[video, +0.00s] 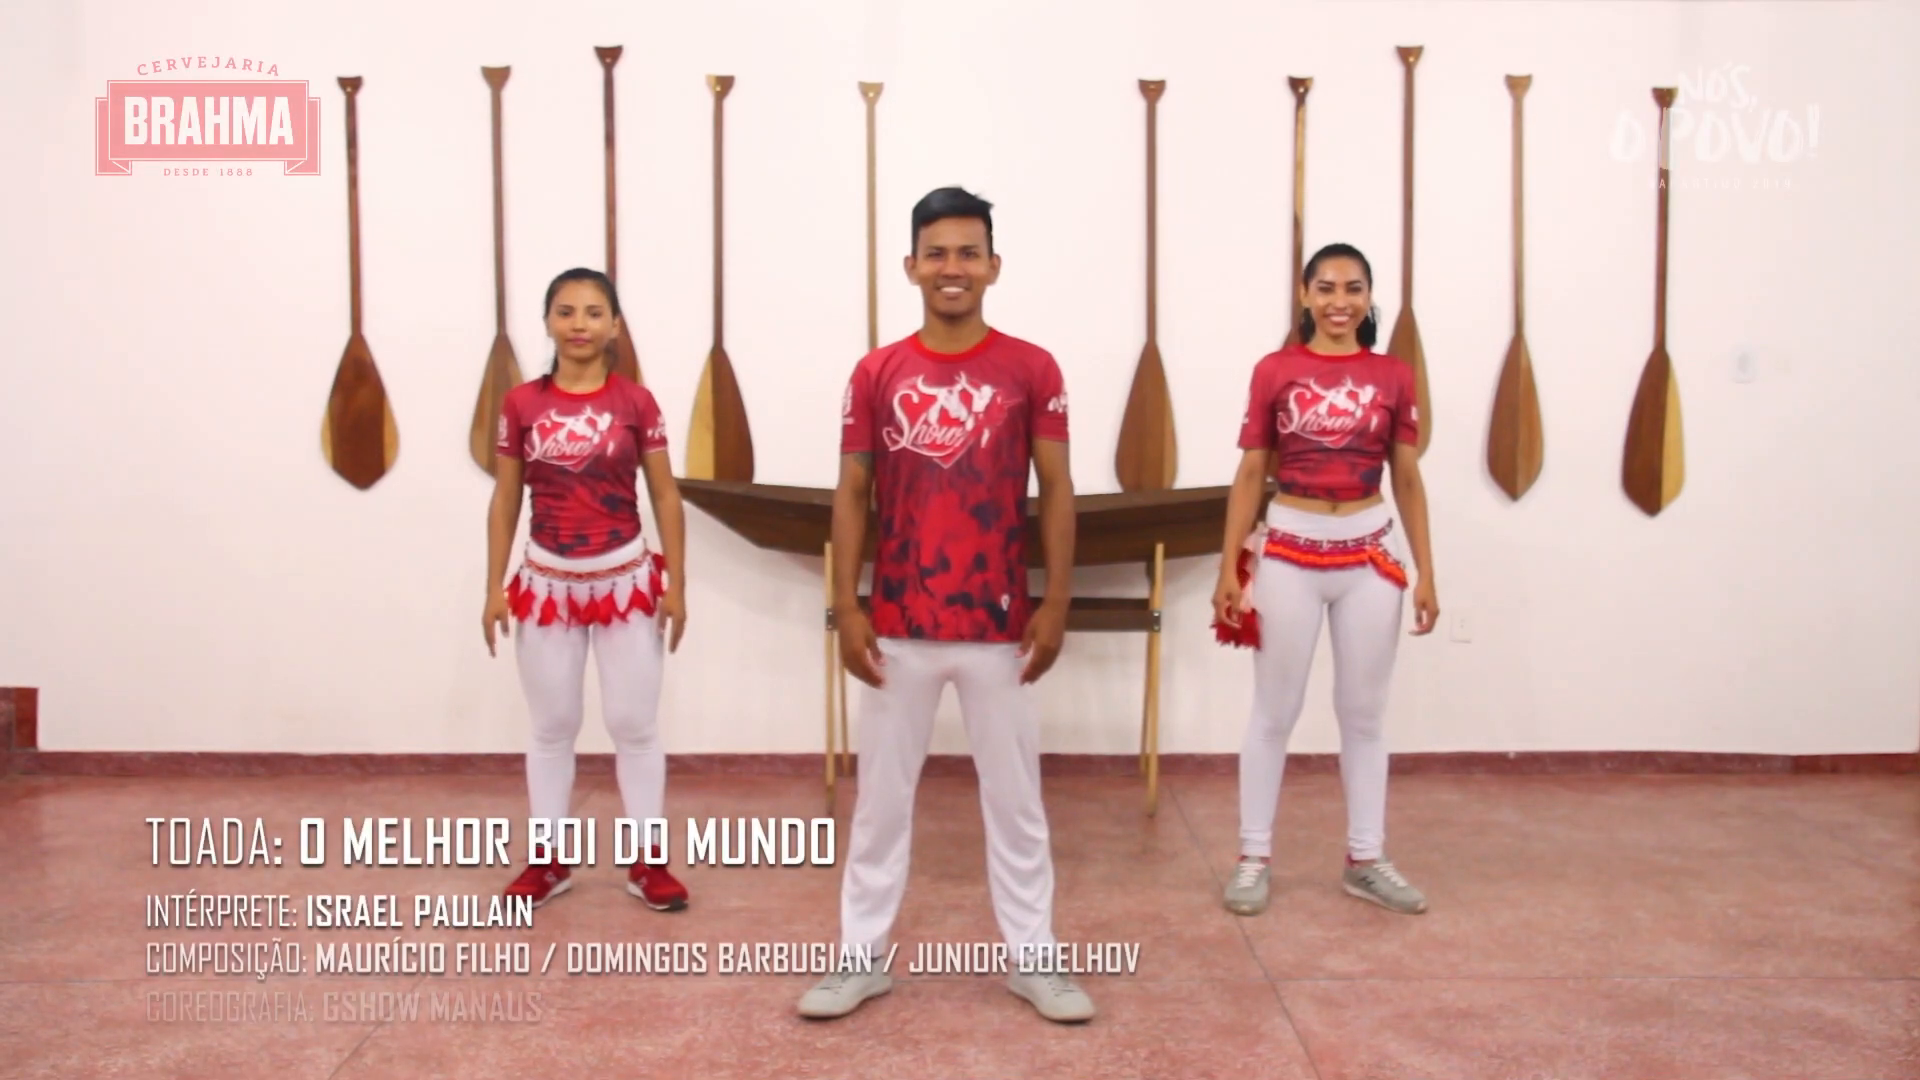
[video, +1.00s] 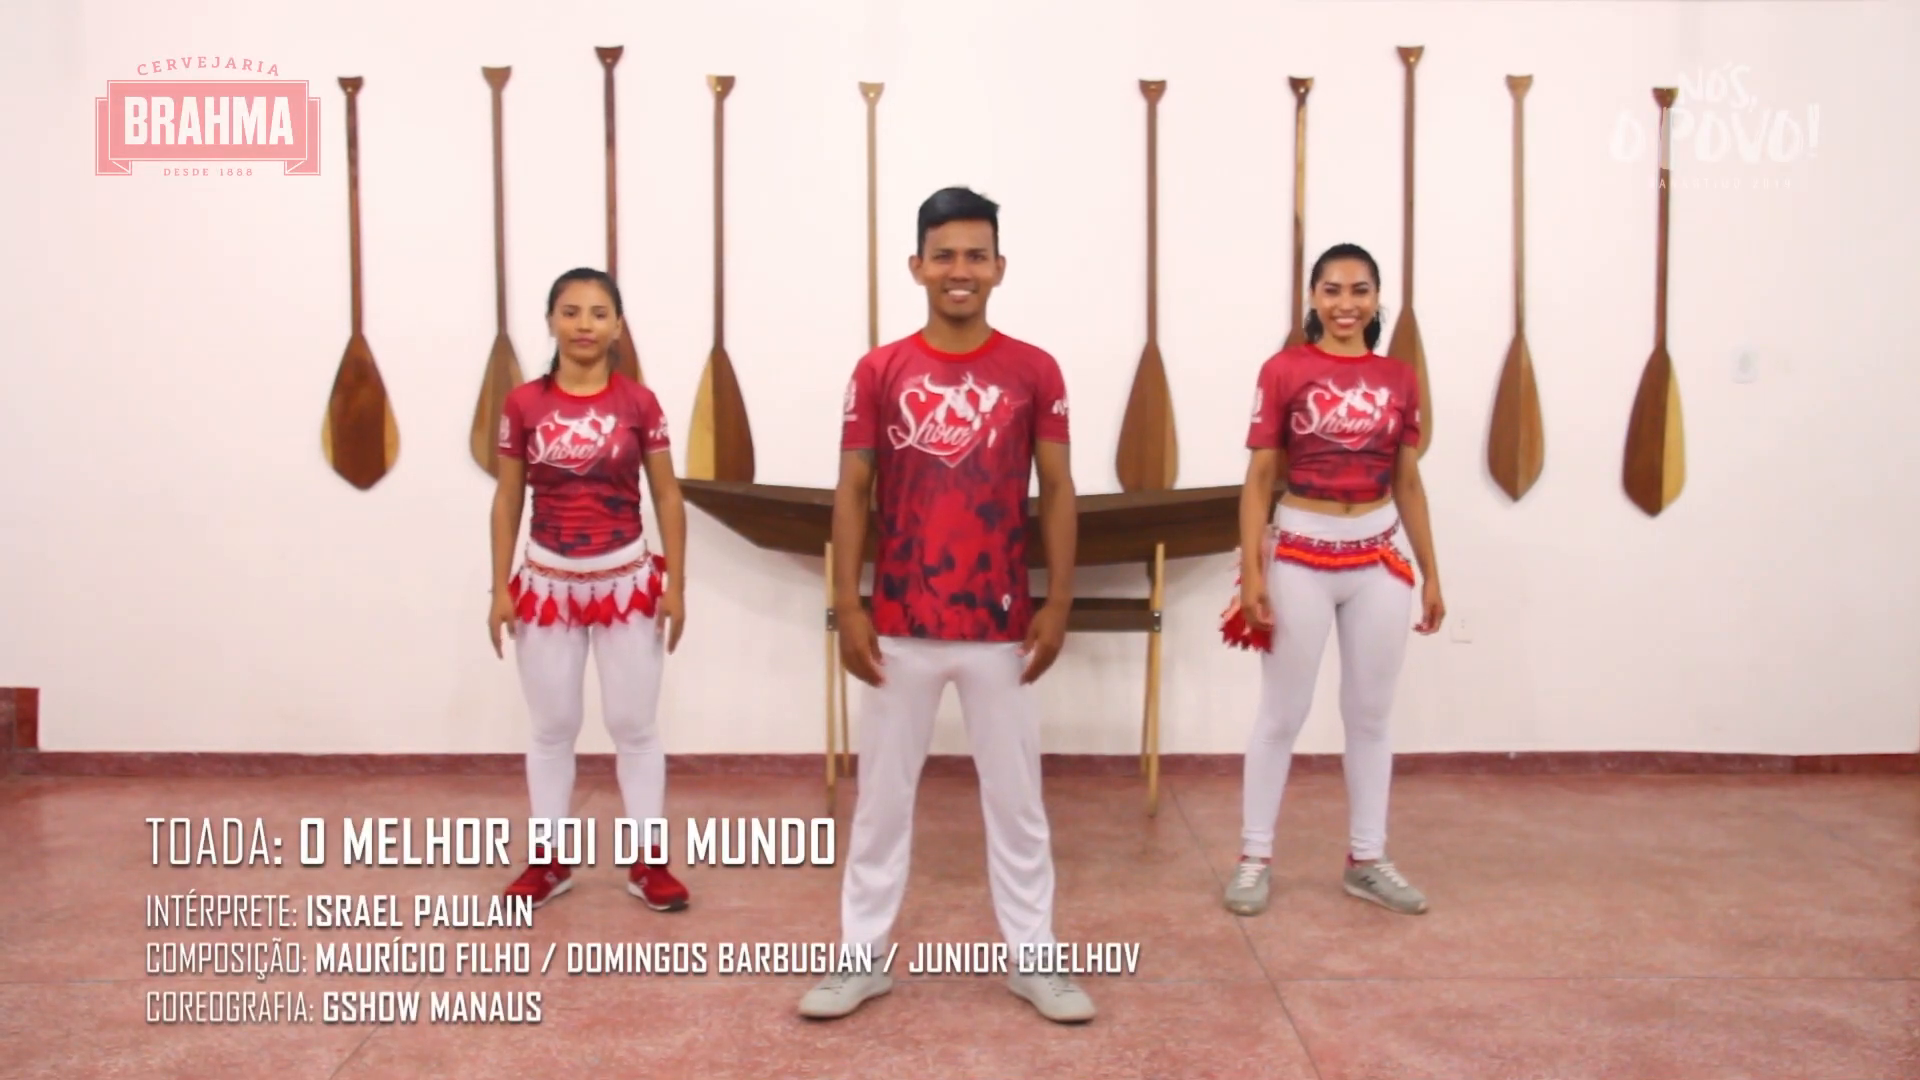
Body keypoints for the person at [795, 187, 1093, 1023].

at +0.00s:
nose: (953, 268)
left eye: (969, 253)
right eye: (937, 254)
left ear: (991, 264)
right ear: (913, 266)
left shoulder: (1031, 369)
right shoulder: (876, 374)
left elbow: (1057, 491)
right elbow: (851, 496)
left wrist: (1057, 601)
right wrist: (844, 604)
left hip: (997, 623)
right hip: (899, 622)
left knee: (1015, 800)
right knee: (881, 797)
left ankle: (1034, 955)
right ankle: (862, 954)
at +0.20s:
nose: (954, 268)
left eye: (970, 253)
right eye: (938, 254)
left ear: (992, 264)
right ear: (914, 266)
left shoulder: (1032, 370)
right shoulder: (876, 374)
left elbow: (1058, 491)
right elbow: (851, 496)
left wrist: (1056, 602)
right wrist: (843, 605)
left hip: (998, 623)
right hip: (899, 622)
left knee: (1015, 800)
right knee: (881, 796)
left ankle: (1033, 955)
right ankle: (862, 953)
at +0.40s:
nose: (954, 268)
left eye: (970, 253)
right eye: (938, 254)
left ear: (992, 264)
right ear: (914, 266)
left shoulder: (1032, 370)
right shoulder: (877, 374)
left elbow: (1057, 491)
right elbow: (852, 495)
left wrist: (1054, 603)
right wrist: (844, 604)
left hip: (997, 623)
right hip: (900, 623)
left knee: (1016, 800)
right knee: (881, 796)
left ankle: (1034, 955)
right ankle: (862, 954)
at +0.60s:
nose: (956, 269)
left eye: (971, 254)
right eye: (939, 255)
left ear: (993, 265)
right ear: (914, 266)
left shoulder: (1031, 369)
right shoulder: (876, 374)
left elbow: (1057, 490)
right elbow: (851, 494)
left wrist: (1055, 602)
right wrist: (844, 604)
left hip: (998, 623)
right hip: (899, 623)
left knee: (1016, 799)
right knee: (881, 796)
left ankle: (1033, 955)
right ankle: (863, 953)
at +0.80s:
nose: (958, 269)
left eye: (973, 255)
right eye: (942, 256)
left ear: (994, 267)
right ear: (916, 266)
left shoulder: (1032, 370)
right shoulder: (876, 374)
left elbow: (1057, 490)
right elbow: (850, 494)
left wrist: (1057, 600)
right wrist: (843, 603)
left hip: (998, 624)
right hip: (900, 623)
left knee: (1016, 799)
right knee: (881, 796)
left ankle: (1034, 954)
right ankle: (862, 953)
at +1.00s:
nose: (962, 270)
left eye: (977, 255)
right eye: (946, 256)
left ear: (998, 266)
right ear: (919, 267)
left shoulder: (1034, 371)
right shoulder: (879, 373)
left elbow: (1058, 492)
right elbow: (852, 494)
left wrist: (1059, 601)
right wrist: (845, 605)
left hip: (999, 624)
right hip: (901, 623)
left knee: (1016, 799)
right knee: (881, 796)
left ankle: (1033, 954)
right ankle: (863, 953)